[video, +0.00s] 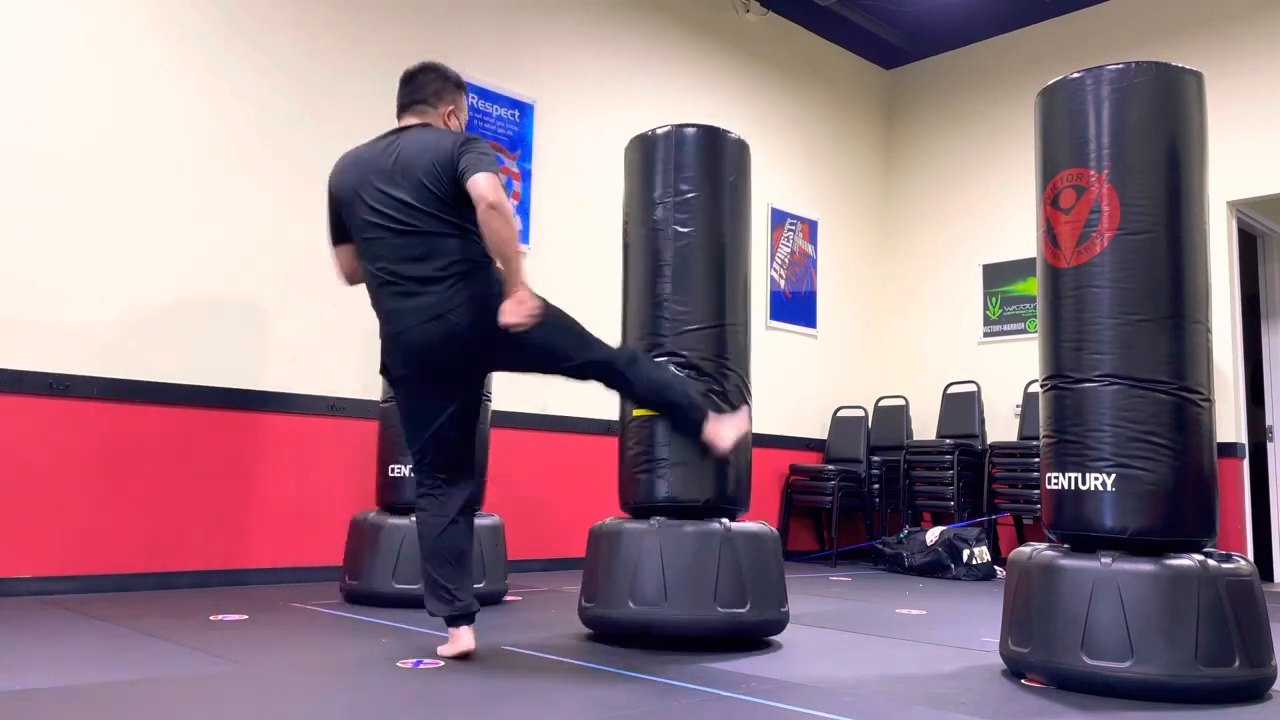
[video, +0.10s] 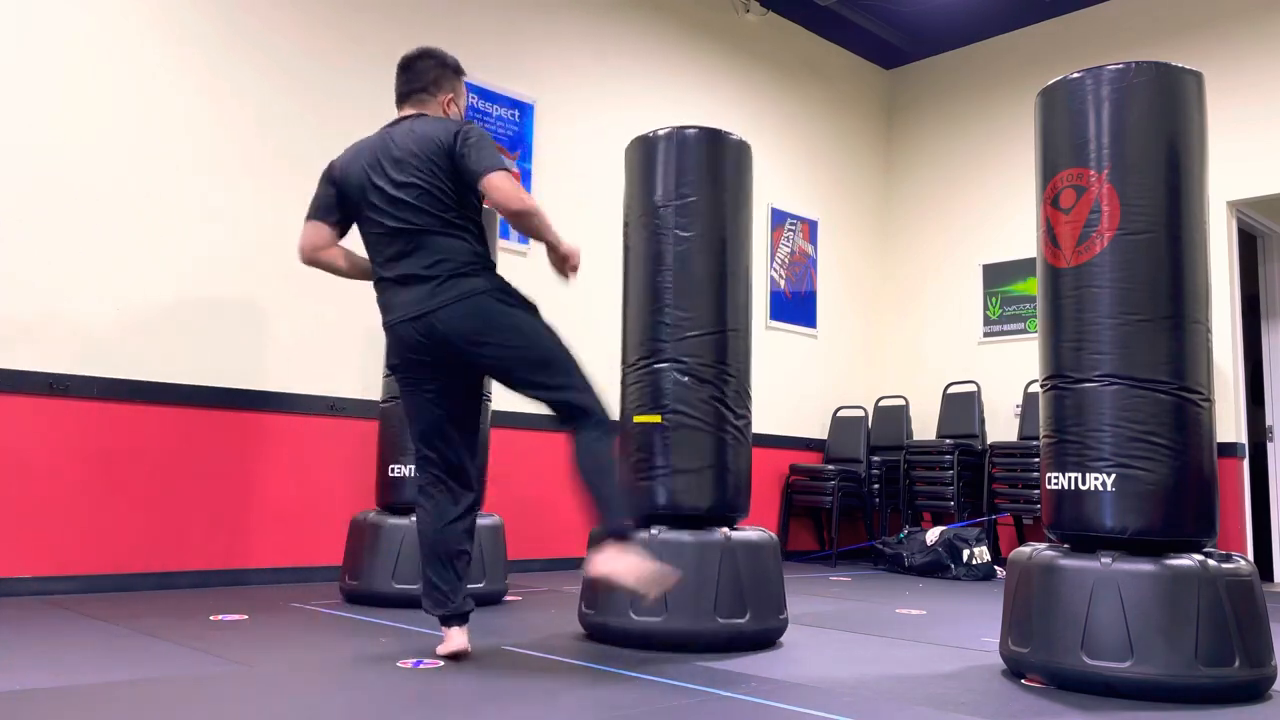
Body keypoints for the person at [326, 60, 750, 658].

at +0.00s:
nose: (464, 121)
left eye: (462, 114)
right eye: (464, 113)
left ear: (401, 110)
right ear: (450, 109)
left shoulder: (348, 169)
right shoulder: (460, 145)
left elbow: (351, 269)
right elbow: (487, 198)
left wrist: (405, 247)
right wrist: (516, 287)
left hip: (412, 346)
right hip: (486, 315)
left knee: (440, 484)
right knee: (604, 361)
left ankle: (458, 625)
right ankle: (709, 422)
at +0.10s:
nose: (462, 108)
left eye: (460, 101)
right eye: (462, 100)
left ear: (401, 98)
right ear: (450, 96)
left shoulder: (351, 160)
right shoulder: (458, 134)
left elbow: (314, 247)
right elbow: (509, 200)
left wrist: (378, 268)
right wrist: (554, 243)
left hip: (408, 331)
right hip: (476, 307)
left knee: (442, 476)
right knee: (583, 409)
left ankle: (452, 623)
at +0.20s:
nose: (470, 104)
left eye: (466, 95)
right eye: (467, 95)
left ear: (408, 100)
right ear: (455, 97)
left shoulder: (365, 159)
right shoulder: (472, 139)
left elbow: (317, 240)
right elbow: (532, 221)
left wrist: (378, 268)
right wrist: (547, 205)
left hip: (394, 324)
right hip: (457, 316)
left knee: (432, 475)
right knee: (491, 466)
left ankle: (439, 627)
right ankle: (449, 627)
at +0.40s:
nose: (486, 112)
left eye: (483, 103)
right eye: (486, 103)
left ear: (423, 100)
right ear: (472, 100)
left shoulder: (375, 150)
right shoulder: (484, 150)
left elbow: (374, 229)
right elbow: (526, 250)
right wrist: (503, 184)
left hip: (355, 312)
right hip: (422, 320)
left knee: (359, 476)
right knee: (426, 485)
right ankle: (421, 649)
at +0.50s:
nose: (485, 119)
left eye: (485, 110)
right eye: (485, 109)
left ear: (423, 103)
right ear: (470, 108)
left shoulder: (371, 153)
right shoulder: (473, 161)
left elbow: (387, 225)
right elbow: (502, 263)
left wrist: (468, 191)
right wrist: (498, 200)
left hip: (344, 313)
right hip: (413, 322)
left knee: (312, 479)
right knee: (431, 483)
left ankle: (258, 639)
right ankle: (422, 650)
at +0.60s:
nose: (480, 131)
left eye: (481, 121)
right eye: (481, 120)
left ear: (424, 107)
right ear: (465, 115)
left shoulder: (364, 156)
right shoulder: (458, 167)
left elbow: (374, 239)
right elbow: (476, 273)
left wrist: (452, 248)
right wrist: (477, 272)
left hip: (327, 316)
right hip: (401, 326)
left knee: (289, 473)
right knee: (442, 476)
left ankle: (251, 644)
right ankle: (427, 643)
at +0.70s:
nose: (481, 135)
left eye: (482, 125)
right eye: (482, 124)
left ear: (425, 110)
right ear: (465, 117)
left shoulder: (361, 157)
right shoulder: (455, 164)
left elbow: (334, 243)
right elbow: (459, 265)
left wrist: (417, 282)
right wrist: (484, 321)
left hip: (323, 312)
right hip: (400, 320)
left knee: (289, 476)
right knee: (452, 468)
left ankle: (250, 644)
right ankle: (446, 625)